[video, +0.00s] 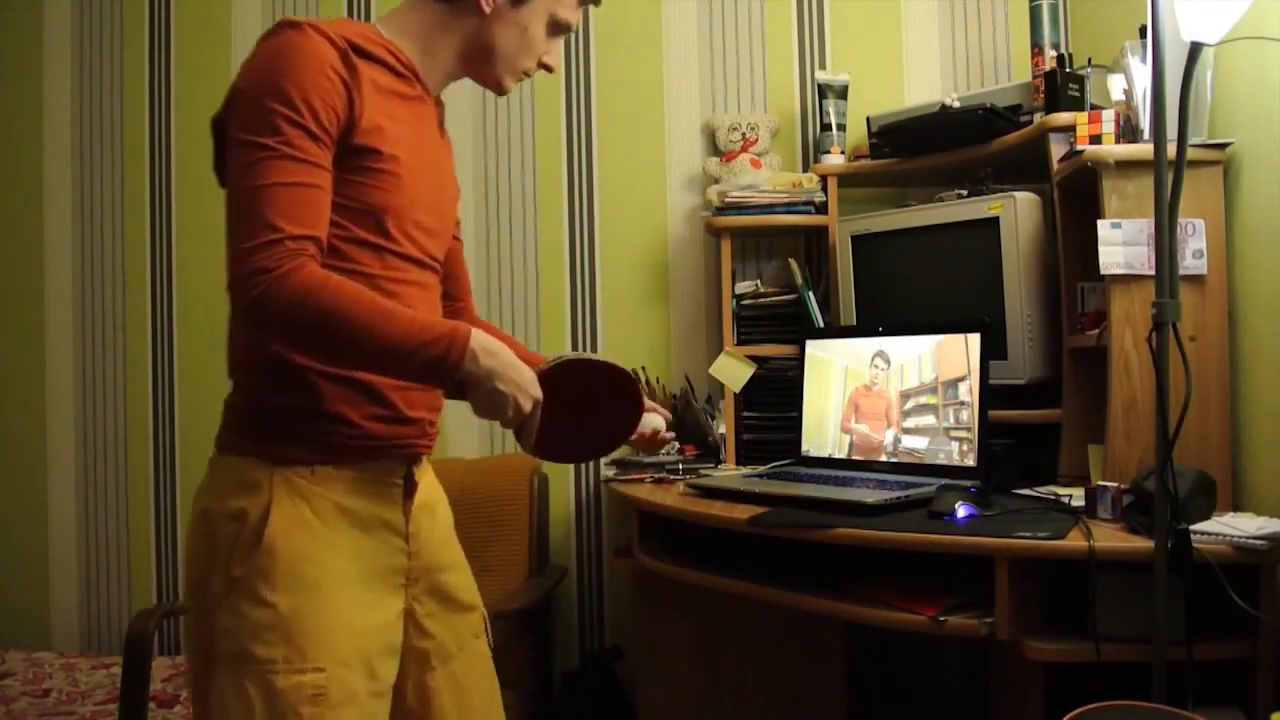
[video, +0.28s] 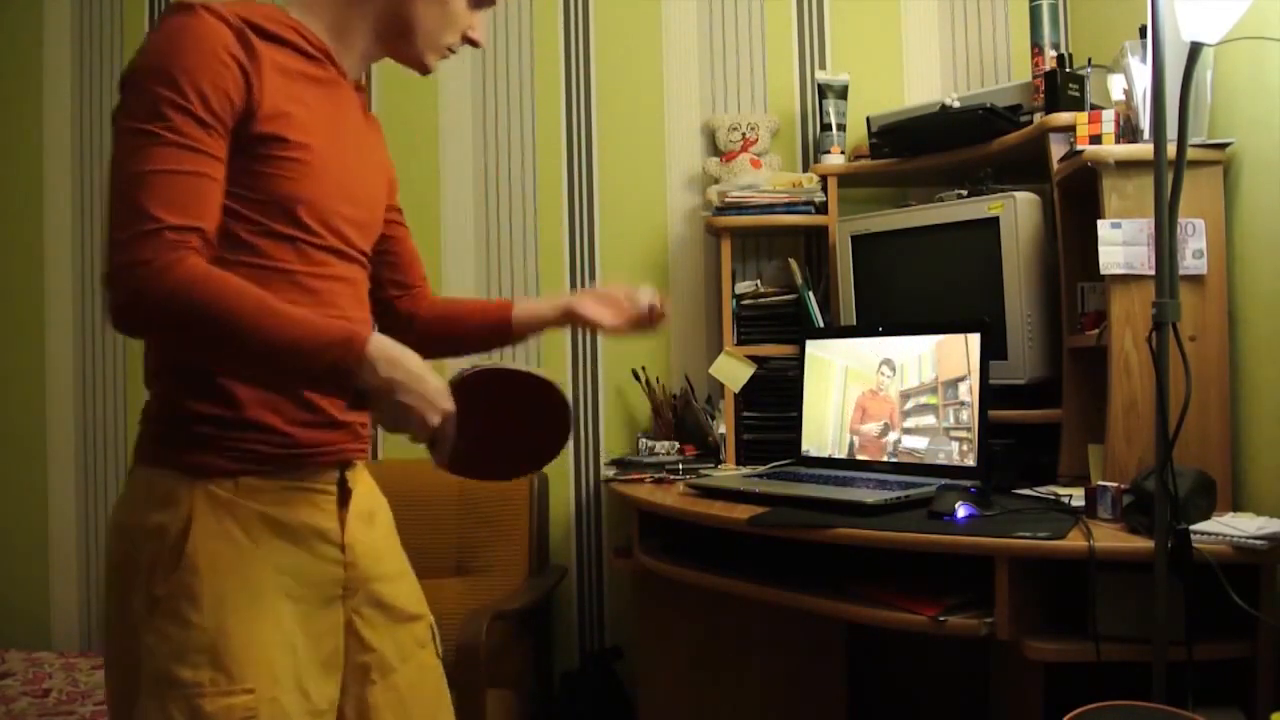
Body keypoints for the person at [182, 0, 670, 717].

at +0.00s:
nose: (552, 61)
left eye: (563, 39)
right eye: (556, 28)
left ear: (496, 7)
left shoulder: (425, 117)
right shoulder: (308, 57)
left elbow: (455, 322)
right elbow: (271, 276)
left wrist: (588, 403)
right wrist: (458, 355)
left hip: (409, 502)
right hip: (293, 505)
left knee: (462, 712)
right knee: (298, 711)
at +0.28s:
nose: (478, 33)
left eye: (486, 12)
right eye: (477, 2)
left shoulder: (355, 110)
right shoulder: (208, 39)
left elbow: (406, 315)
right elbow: (147, 278)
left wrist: (561, 307)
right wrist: (365, 358)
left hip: (349, 513)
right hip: (217, 517)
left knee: (413, 708)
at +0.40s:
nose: (461, 15)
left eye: (466, 4)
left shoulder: (339, 110)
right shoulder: (174, 35)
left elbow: (385, 306)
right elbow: (59, 261)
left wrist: (540, 305)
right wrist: (267, 370)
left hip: (341, 518)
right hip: (203, 524)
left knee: (408, 711)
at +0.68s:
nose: (479, 43)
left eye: (486, 18)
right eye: (475, 8)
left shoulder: (336, 114)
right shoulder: (199, 64)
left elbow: (301, 310)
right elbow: (61, 292)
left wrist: (448, 373)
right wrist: (249, 455)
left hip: (316, 522)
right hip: (194, 531)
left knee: (417, 712)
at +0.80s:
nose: (493, 59)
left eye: (503, 36)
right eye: (493, 26)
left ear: (417, 7)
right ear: (419, 1)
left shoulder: (334, 104)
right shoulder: (254, 87)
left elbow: (316, 322)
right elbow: (256, 347)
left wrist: (448, 377)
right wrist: (447, 452)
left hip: (323, 510)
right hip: (232, 520)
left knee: (415, 712)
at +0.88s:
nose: (497, 56)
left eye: (507, 33)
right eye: (498, 23)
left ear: (427, 5)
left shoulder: (331, 92)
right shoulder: (281, 89)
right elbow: (341, 334)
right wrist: (537, 392)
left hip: (333, 514)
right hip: (246, 526)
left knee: (418, 712)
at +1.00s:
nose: (513, 51)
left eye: (523, 27)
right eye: (514, 17)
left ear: (446, 2)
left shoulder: (349, 78)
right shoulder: (319, 74)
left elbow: (340, 300)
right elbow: (456, 287)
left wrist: (479, 318)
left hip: (346, 495)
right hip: (267, 503)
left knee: (413, 712)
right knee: (282, 710)